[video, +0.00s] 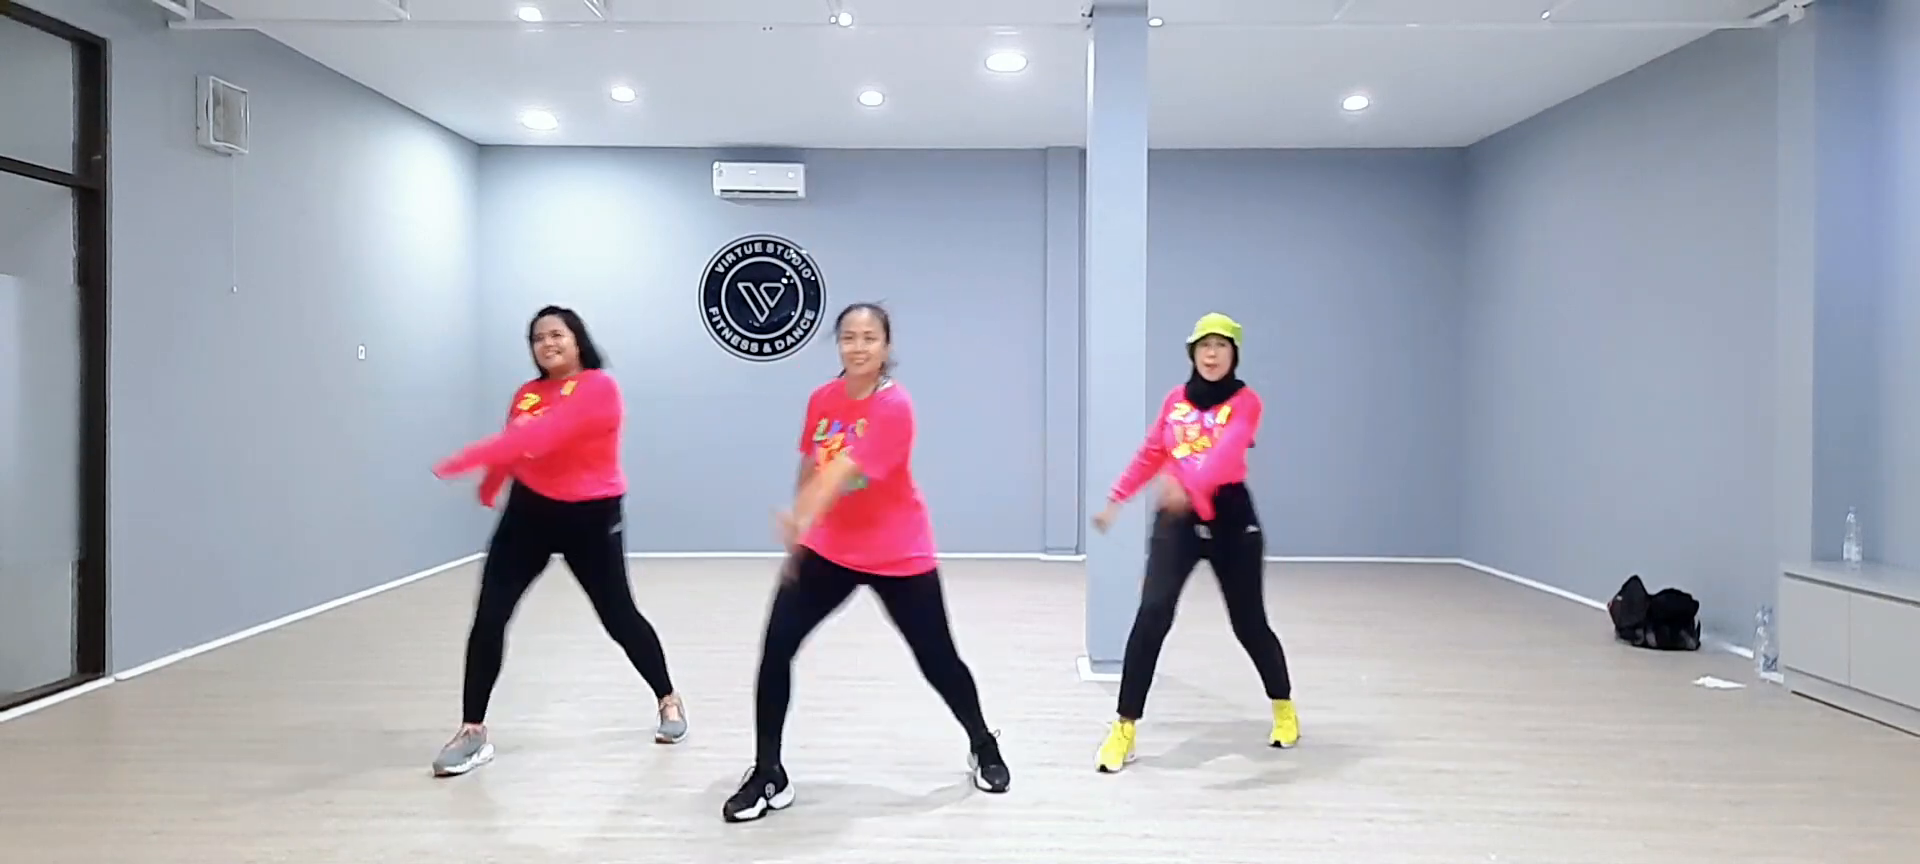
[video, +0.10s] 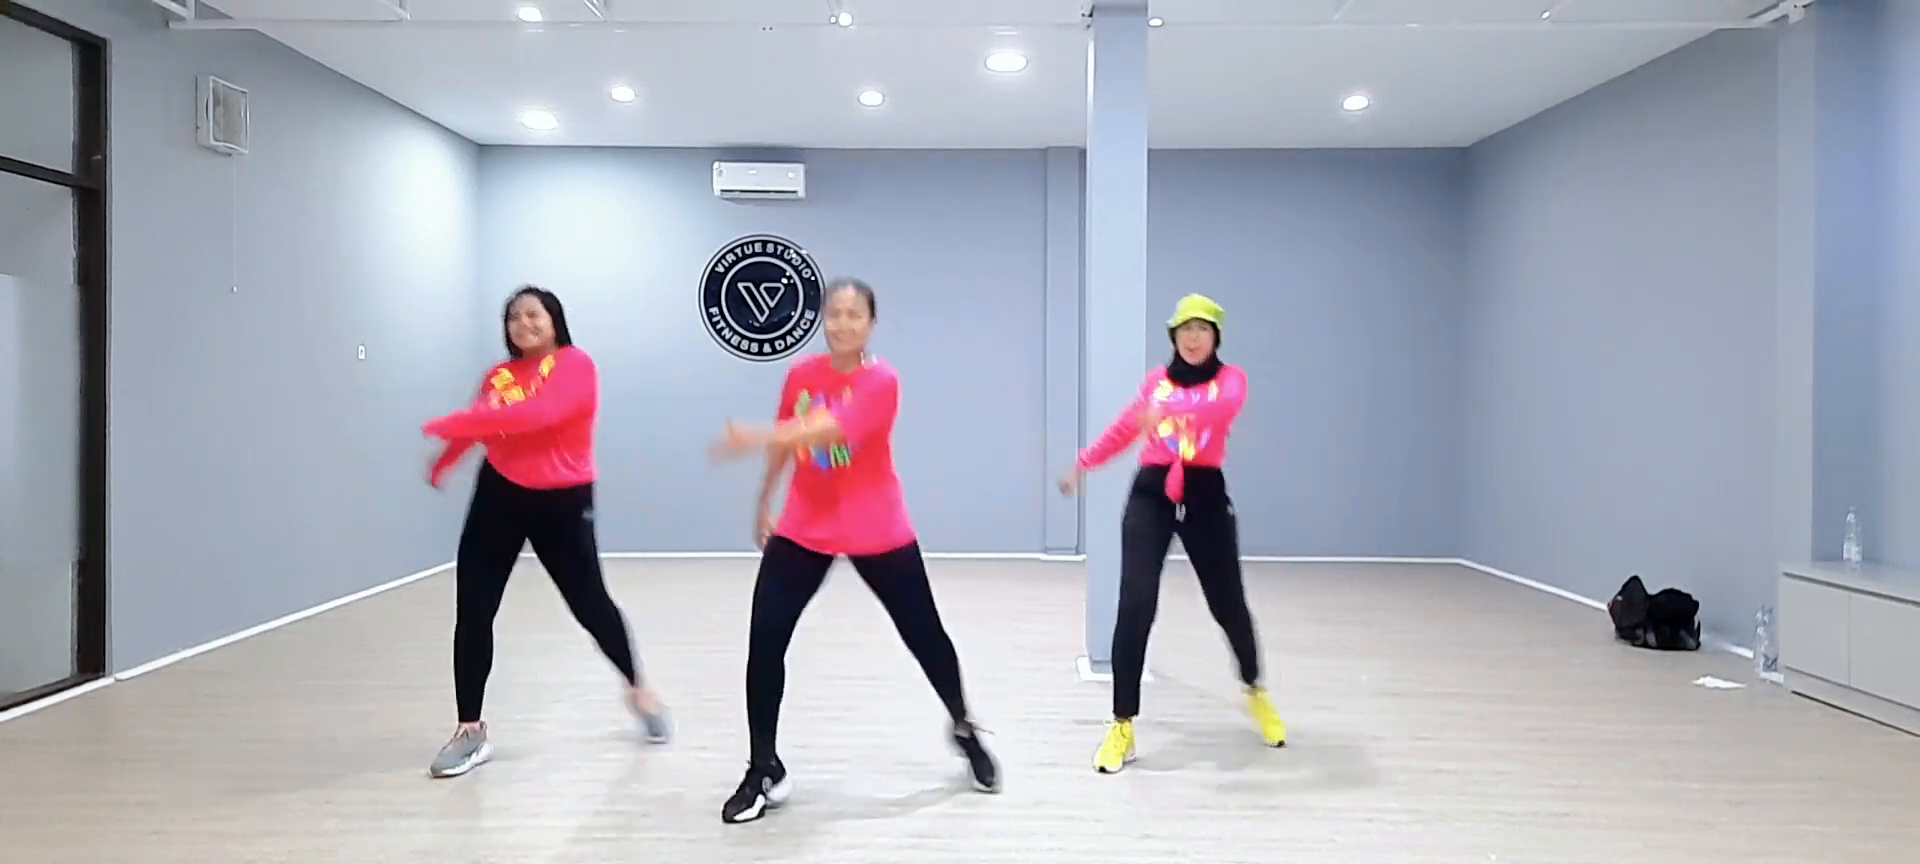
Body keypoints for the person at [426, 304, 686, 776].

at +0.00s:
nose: (547, 343)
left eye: (557, 334)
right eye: (539, 339)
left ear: (579, 340)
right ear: (533, 350)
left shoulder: (600, 389)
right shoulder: (528, 395)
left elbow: (544, 437)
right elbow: (513, 445)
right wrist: (492, 483)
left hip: (590, 516)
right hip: (529, 512)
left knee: (620, 618)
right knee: (489, 616)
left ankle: (668, 700)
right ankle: (473, 729)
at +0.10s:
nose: (525, 323)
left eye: (535, 315)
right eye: (517, 317)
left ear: (556, 323)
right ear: (507, 328)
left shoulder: (577, 367)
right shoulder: (500, 376)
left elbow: (538, 414)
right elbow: (479, 424)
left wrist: (451, 427)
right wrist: (445, 462)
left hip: (559, 500)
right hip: (499, 496)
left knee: (590, 604)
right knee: (473, 611)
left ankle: (638, 689)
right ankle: (470, 728)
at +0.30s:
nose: (483, 286)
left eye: (494, 278)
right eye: (475, 280)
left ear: (517, 287)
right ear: (464, 291)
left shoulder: (542, 324)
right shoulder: (451, 338)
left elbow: (570, 382)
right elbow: (401, 380)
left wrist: (491, 413)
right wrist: (345, 421)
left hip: (532, 466)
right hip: (468, 461)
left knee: (517, 591)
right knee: (447, 589)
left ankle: (496, 711)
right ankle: (436, 711)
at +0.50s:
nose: (453, 324)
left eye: (466, 318)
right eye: (446, 317)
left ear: (488, 328)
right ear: (435, 326)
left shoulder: (522, 363)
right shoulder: (419, 387)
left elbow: (561, 438)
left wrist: (584, 507)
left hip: (499, 513)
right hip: (429, 506)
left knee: (483, 632)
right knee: (406, 629)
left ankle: (474, 724)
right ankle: (394, 755)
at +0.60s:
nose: (454, 330)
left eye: (467, 323)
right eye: (446, 322)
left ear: (488, 332)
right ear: (434, 333)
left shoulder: (521, 371)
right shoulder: (411, 394)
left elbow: (561, 435)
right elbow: (361, 464)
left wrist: (586, 494)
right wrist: (307, 526)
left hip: (500, 517)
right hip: (430, 513)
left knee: (497, 613)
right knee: (401, 631)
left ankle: (498, 717)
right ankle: (394, 755)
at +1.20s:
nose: (559, 293)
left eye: (570, 284)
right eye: (550, 285)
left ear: (593, 294)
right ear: (536, 297)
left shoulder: (621, 354)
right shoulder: (518, 343)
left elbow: (661, 433)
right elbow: (468, 396)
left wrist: (692, 503)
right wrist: (504, 343)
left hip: (603, 497)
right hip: (536, 496)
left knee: (601, 617)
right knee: (530, 614)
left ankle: (624, 760)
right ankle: (559, 758)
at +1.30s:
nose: (570, 315)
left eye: (581, 307)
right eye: (562, 308)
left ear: (603, 316)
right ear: (550, 318)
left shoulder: (627, 384)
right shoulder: (532, 359)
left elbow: (650, 468)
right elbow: (491, 421)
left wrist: (685, 538)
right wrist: (514, 383)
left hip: (613, 519)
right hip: (547, 518)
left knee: (614, 636)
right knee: (541, 632)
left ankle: (624, 767)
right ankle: (569, 771)